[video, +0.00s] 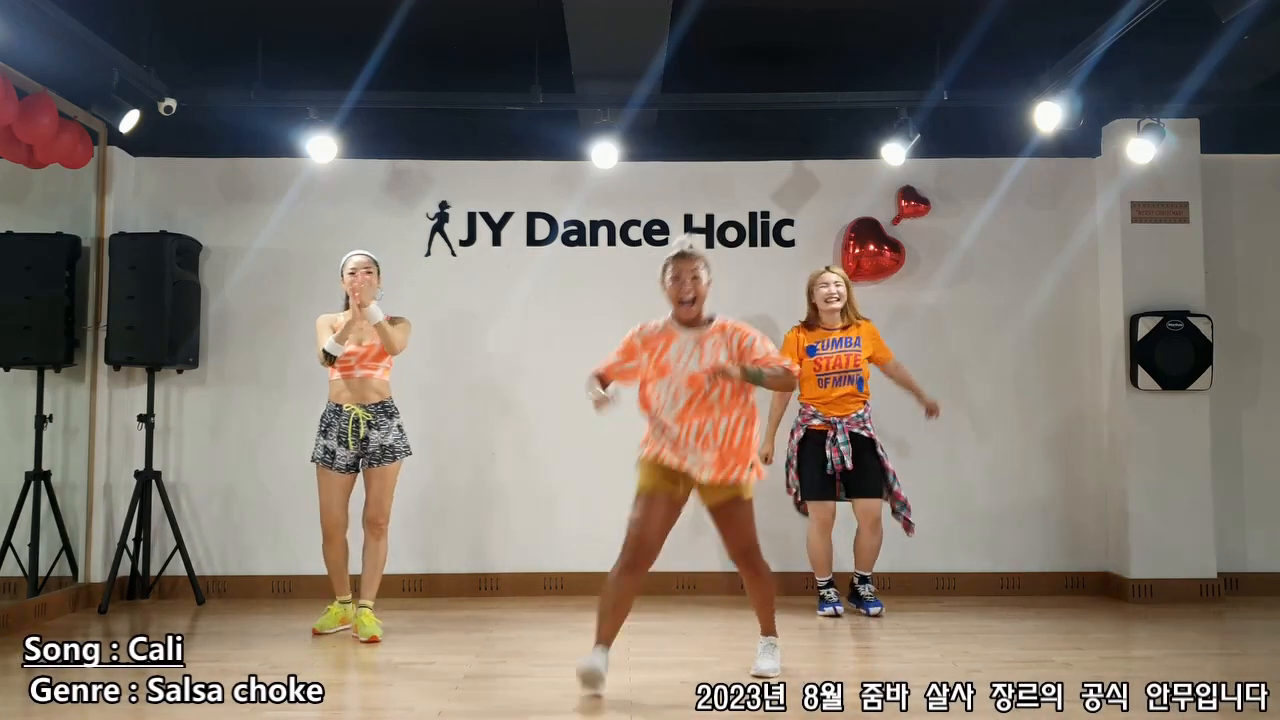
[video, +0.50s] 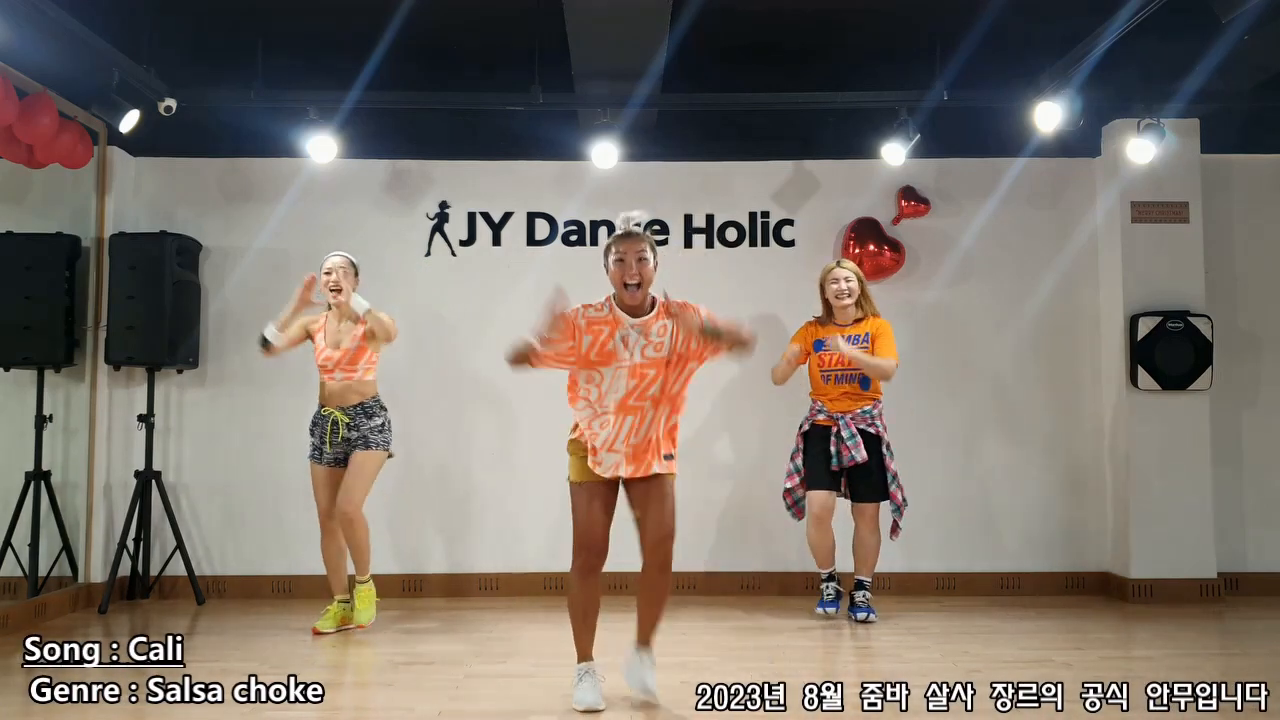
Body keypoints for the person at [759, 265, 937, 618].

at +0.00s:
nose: (832, 289)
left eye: (838, 284)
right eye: (824, 285)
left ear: (847, 292)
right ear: (812, 295)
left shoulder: (864, 331)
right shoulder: (797, 337)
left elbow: (892, 367)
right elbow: (782, 390)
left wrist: (923, 397)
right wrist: (768, 436)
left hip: (857, 431)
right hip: (814, 432)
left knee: (871, 514)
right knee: (822, 514)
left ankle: (863, 586)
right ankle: (826, 590)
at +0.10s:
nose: (832, 289)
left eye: (837, 283)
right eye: (824, 285)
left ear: (847, 291)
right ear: (812, 295)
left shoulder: (866, 332)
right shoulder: (799, 338)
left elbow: (888, 382)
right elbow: (784, 390)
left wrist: (909, 425)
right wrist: (774, 434)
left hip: (859, 431)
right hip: (817, 432)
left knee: (870, 510)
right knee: (822, 514)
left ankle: (863, 589)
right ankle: (826, 590)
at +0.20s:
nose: (835, 288)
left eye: (841, 283)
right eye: (827, 284)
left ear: (851, 291)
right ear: (816, 294)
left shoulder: (869, 332)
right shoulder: (803, 335)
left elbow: (881, 386)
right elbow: (789, 381)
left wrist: (890, 433)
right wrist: (784, 415)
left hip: (864, 430)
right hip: (821, 432)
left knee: (865, 513)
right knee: (825, 515)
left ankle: (860, 592)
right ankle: (827, 590)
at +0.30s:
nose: (840, 289)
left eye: (846, 283)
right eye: (832, 285)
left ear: (856, 291)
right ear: (821, 295)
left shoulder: (874, 331)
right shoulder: (807, 334)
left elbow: (881, 380)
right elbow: (793, 373)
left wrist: (868, 413)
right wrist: (789, 393)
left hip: (863, 431)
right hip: (822, 432)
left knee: (868, 515)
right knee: (826, 516)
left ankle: (861, 592)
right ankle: (827, 590)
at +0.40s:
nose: (843, 287)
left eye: (848, 281)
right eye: (835, 283)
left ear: (859, 289)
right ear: (824, 293)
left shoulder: (877, 329)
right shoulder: (809, 332)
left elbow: (885, 377)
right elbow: (787, 382)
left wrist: (855, 382)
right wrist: (795, 371)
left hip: (865, 429)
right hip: (822, 430)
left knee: (867, 514)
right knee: (823, 512)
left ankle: (861, 592)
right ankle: (828, 584)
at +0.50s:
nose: (842, 285)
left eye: (848, 279)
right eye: (834, 281)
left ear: (859, 288)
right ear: (824, 292)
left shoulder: (876, 326)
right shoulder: (810, 331)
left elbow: (887, 371)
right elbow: (778, 378)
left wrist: (849, 353)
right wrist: (790, 361)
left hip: (865, 428)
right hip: (822, 428)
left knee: (866, 515)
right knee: (818, 510)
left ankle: (861, 592)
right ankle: (828, 584)